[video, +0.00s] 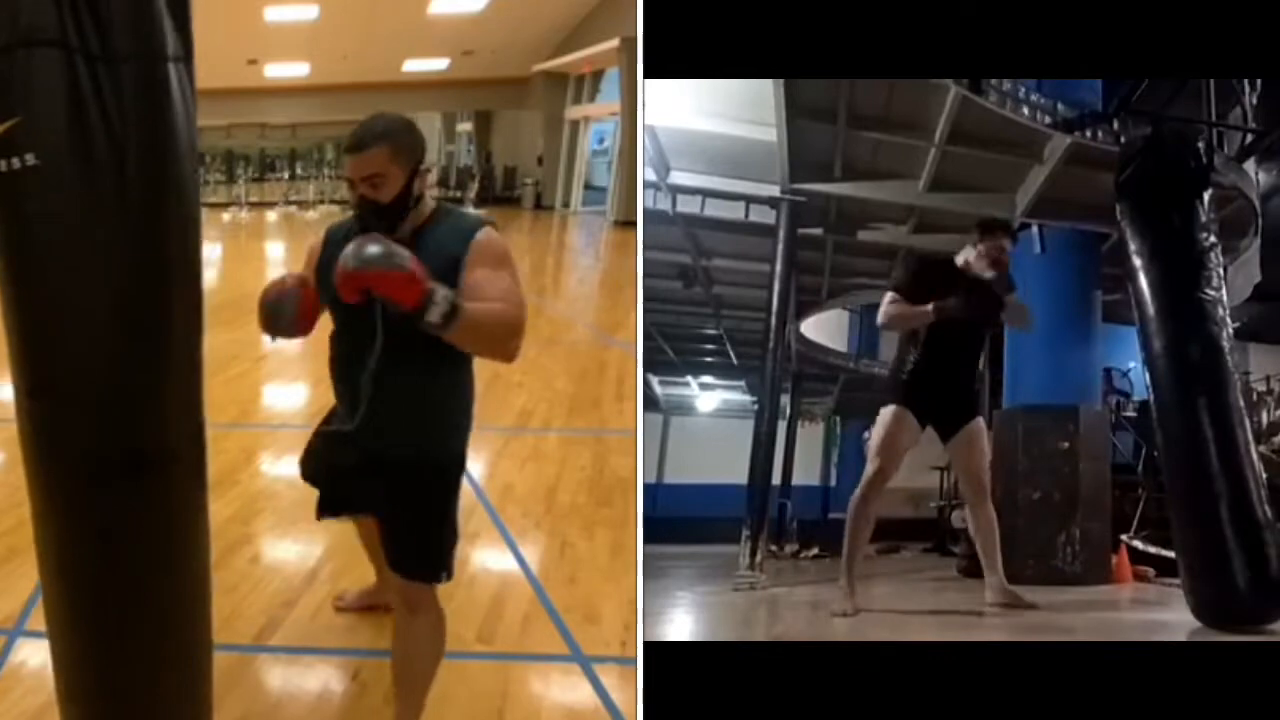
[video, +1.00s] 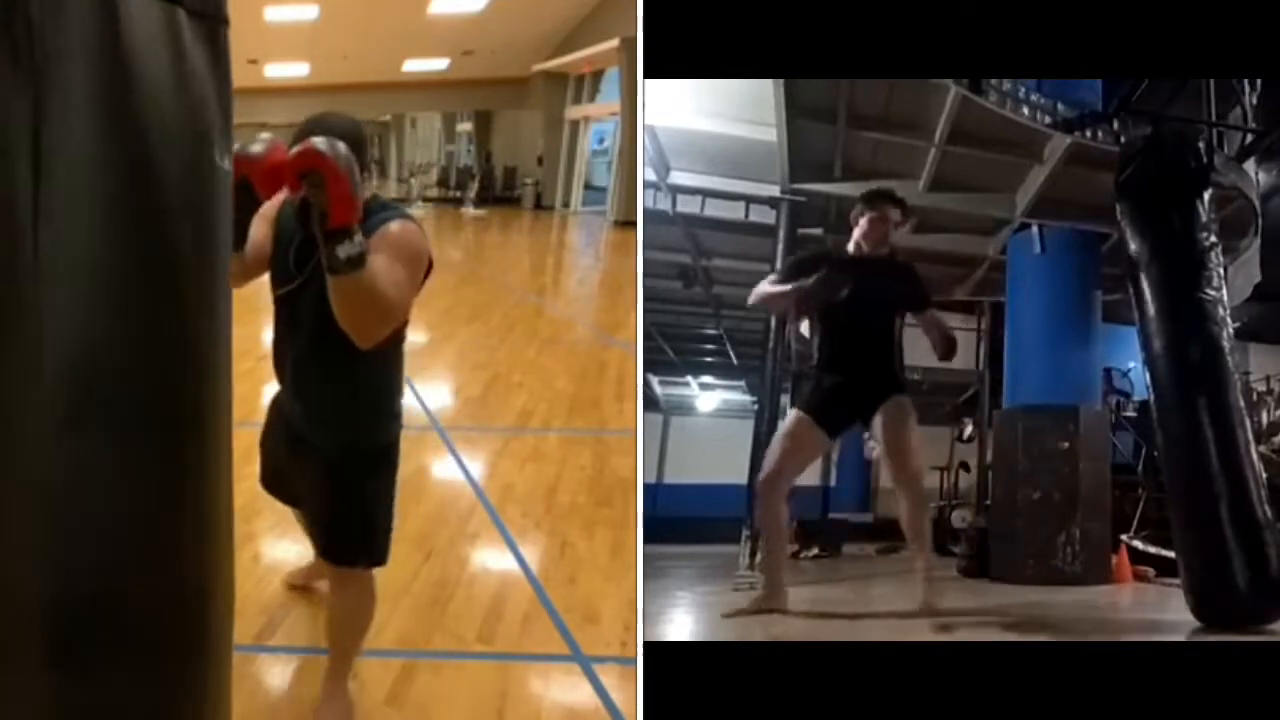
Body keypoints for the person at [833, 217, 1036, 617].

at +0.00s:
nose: (1000, 263)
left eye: (1005, 257)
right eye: (995, 253)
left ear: (1005, 260)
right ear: (974, 246)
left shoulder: (991, 293)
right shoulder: (926, 269)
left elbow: (1025, 321)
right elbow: (886, 316)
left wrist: (1000, 288)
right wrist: (936, 310)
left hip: (961, 397)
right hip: (913, 390)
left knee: (979, 489)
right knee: (876, 475)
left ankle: (996, 584)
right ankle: (847, 583)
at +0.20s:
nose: (986, 259)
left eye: (993, 255)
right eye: (982, 249)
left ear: (996, 261)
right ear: (963, 242)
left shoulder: (987, 291)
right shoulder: (918, 268)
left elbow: (1004, 348)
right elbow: (877, 319)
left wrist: (992, 313)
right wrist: (926, 311)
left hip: (960, 398)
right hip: (909, 392)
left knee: (986, 484)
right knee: (864, 471)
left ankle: (998, 586)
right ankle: (814, 581)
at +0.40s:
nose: (951, 259)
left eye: (957, 253)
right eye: (946, 248)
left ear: (958, 257)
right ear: (922, 242)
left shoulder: (946, 291)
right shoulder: (885, 271)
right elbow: (866, 314)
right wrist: (916, 292)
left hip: (932, 395)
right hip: (885, 391)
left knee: (972, 487)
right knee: (842, 476)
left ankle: (1000, 576)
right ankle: (807, 584)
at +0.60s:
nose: (925, 242)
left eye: (931, 236)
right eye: (919, 233)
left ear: (936, 241)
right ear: (899, 231)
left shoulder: (935, 273)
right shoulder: (868, 264)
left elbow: (973, 318)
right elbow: (822, 299)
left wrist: (974, 283)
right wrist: (880, 276)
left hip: (907, 387)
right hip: (860, 382)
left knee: (925, 487)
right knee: (823, 464)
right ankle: (785, 570)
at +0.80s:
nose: (896, 264)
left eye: (903, 258)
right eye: (891, 254)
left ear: (908, 261)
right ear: (873, 252)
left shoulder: (911, 294)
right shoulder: (846, 287)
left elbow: (946, 319)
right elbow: (788, 324)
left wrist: (918, 278)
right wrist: (805, 309)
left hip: (886, 405)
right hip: (836, 400)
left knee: (891, 503)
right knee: (790, 483)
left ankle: (874, 572)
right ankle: (767, 593)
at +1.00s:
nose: (882, 228)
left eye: (890, 223)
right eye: (877, 218)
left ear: (895, 231)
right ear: (857, 219)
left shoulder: (899, 272)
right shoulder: (821, 263)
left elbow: (931, 327)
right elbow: (757, 296)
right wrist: (800, 290)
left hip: (884, 387)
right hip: (830, 386)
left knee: (907, 473)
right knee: (769, 483)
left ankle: (926, 585)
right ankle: (773, 591)